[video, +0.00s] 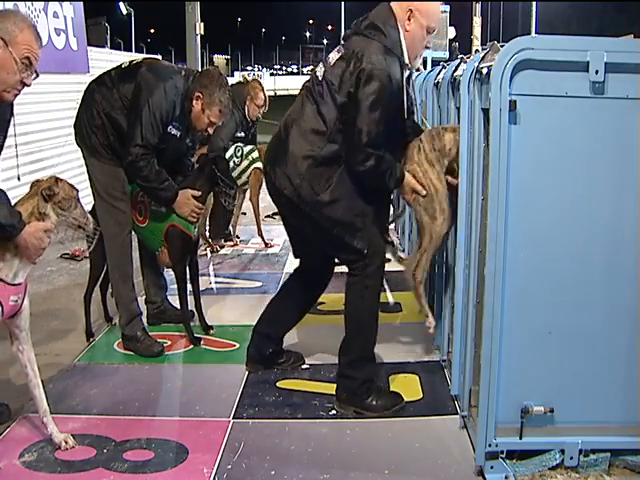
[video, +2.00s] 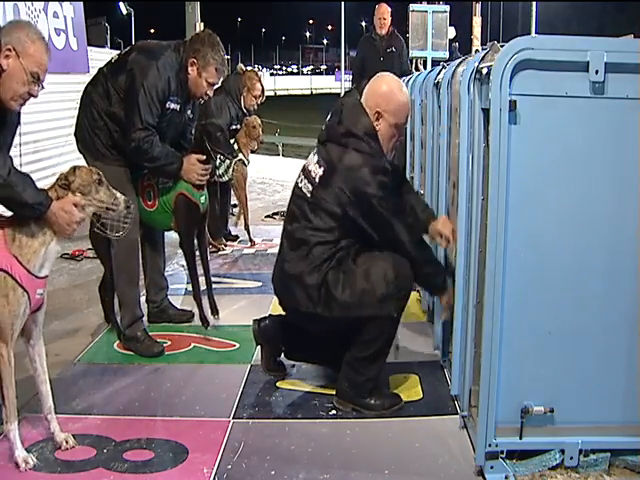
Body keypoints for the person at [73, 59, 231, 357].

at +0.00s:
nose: (211, 130)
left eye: (216, 126)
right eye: (210, 123)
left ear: (198, 100)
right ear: (196, 100)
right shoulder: (161, 92)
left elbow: (177, 161)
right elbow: (136, 156)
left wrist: (188, 194)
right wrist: (172, 196)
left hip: (136, 132)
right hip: (101, 130)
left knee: (147, 216)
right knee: (118, 222)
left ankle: (158, 305)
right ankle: (131, 327)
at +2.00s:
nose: (210, 92)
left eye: (215, 86)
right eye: (209, 84)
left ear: (196, 65)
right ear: (191, 66)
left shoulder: (192, 80)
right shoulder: (151, 70)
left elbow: (182, 134)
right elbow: (137, 139)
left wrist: (192, 161)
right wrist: (179, 165)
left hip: (139, 139)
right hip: (103, 136)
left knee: (152, 216)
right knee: (125, 220)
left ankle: (158, 303)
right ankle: (130, 324)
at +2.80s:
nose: (240, 71)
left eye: (245, 65)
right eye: (238, 63)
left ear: (230, 50)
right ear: (220, 46)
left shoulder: (221, 70)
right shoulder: (182, 54)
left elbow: (216, 122)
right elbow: (169, 120)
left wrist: (223, 145)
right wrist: (208, 149)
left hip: (183, 144)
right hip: (142, 139)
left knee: (199, 217)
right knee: (152, 219)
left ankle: (210, 301)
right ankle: (134, 324)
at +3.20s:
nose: (272, 52)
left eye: (275, 45)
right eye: (270, 44)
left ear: (261, 39)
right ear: (256, 37)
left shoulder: (257, 56)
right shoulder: (222, 42)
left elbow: (252, 108)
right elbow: (208, 106)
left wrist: (255, 138)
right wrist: (241, 141)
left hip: (209, 134)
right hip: (173, 127)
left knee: (214, 212)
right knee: (190, 213)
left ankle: (211, 300)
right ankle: (169, 315)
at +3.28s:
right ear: (263, 23)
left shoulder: (259, 47)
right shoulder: (226, 38)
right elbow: (215, 106)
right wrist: (251, 142)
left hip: (208, 134)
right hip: (179, 129)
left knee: (217, 216)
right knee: (199, 220)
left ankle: (213, 300)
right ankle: (202, 322)